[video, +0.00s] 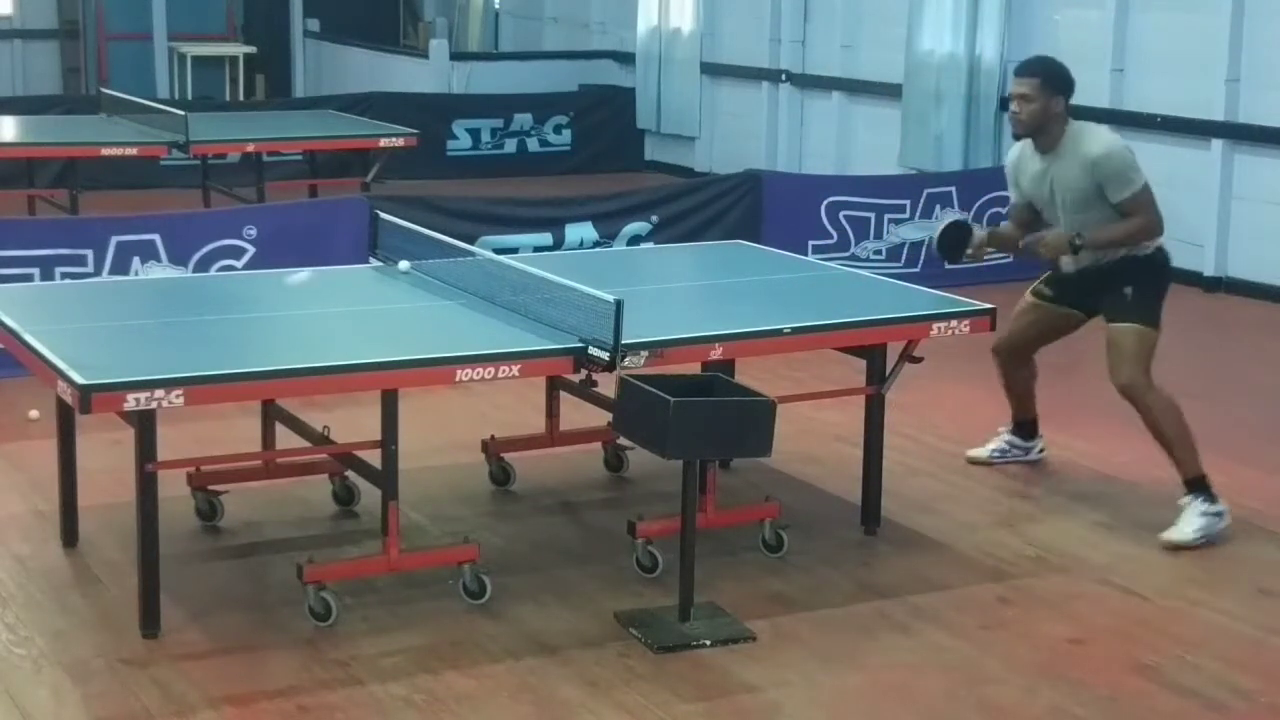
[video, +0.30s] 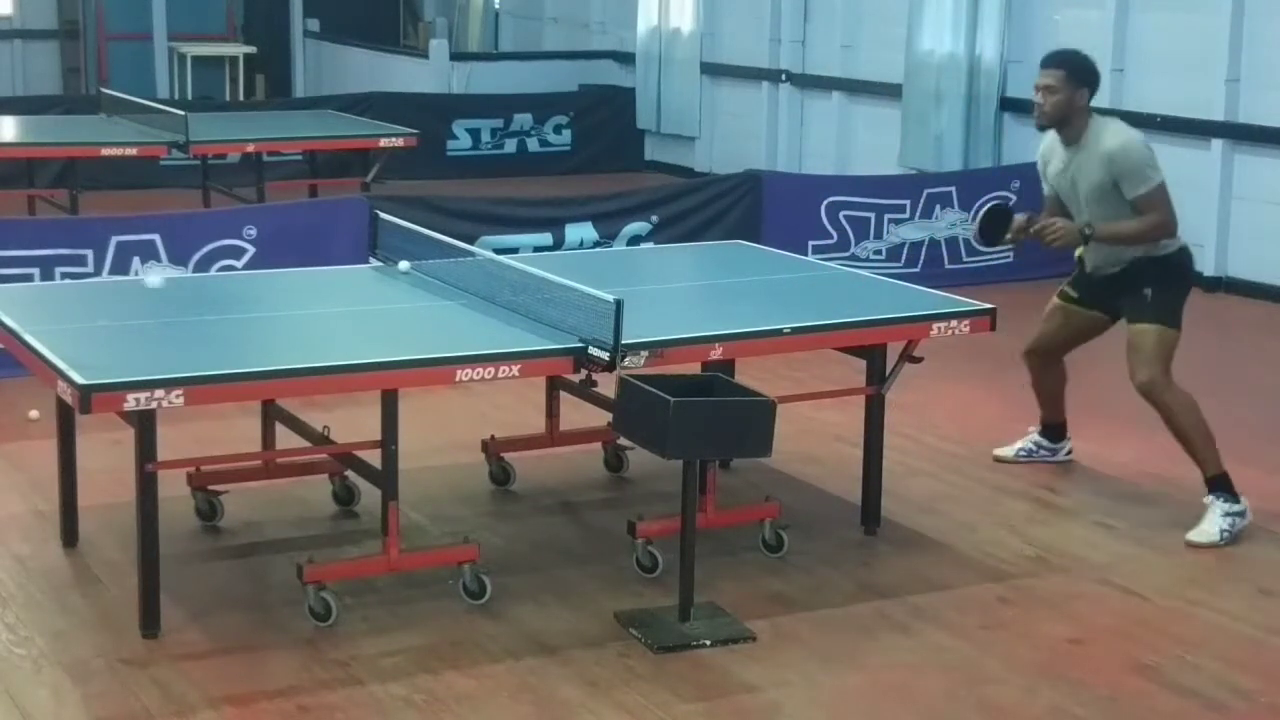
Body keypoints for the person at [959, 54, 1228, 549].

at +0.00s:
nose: (1012, 108)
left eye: (1023, 100)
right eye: (1011, 100)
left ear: (1057, 104)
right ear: (1014, 102)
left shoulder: (1103, 150)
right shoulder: (1020, 159)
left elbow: (1150, 224)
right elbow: (1024, 227)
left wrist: (1074, 240)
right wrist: (988, 239)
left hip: (1134, 268)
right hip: (1076, 271)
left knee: (1130, 379)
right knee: (1009, 347)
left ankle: (1204, 501)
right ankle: (1024, 438)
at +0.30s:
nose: (1037, 99)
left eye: (1048, 91)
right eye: (1036, 90)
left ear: (1082, 97)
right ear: (1041, 94)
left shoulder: (1122, 145)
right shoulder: (1050, 149)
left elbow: (1164, 224)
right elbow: (1061, 219)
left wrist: (1086, 232)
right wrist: (1031, 227)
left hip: (1155, 268)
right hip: (1099, 269)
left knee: (1150, 379)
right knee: (1040, 351)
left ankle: (1226, 500)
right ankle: (1052, 439)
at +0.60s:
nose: (1078, 89)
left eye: (1088, 81)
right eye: (1077, 79)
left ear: (1121, 85)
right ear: (1090, 85)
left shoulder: (1164, 140)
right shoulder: (1089, 144)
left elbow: (1205, 217)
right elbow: (1094, 209)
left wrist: (1123, 228)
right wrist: (1061, 220)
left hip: (1177, 277)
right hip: (1122, 274)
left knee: (1160, 394)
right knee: (1072, 357)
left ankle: (1233, 506)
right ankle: (1060, 438)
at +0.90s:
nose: (1114, 45)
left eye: (1125, 36)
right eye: (1112, 34)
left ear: (1159, 40)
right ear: (1113, 37)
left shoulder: (1198, 98)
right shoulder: (1111, 96)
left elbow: (1250, 174)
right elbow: (1117, 175)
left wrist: (1174, 206)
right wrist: (1088, 193)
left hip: (1199, 240)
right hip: (1142, 245)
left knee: (1193, 370)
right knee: (1148, 371)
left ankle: (1251, 501)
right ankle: (1212, 478)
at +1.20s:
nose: (1124, 36)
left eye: (1135, 25)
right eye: (1120, 26)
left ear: (1172, 29)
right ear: (1116, 33)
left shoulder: (1214, 93)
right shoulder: (1111, 102)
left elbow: (1269, 160)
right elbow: (1109, 169)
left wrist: (1200, 199)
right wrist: (1097, 214)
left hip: (1203, 256)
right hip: (1140, 262)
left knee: (1190, 395)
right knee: (1145, 383)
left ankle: (1215, 533)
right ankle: (1197, 463)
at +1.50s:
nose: (1085, 24)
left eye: (1096, 14)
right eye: (1086, 15)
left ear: (1134, 19)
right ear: (1116, 22)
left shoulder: (1174, 85)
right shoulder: (1100, 89)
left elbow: (1214, 176)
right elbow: (1117, 172)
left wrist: (1122, 210)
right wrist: (1078, 211)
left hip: (1173, 261)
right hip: (1112, 261)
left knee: (1184, 392)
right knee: (1073, 383)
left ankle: (1207, 524)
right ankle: (1092, 522)